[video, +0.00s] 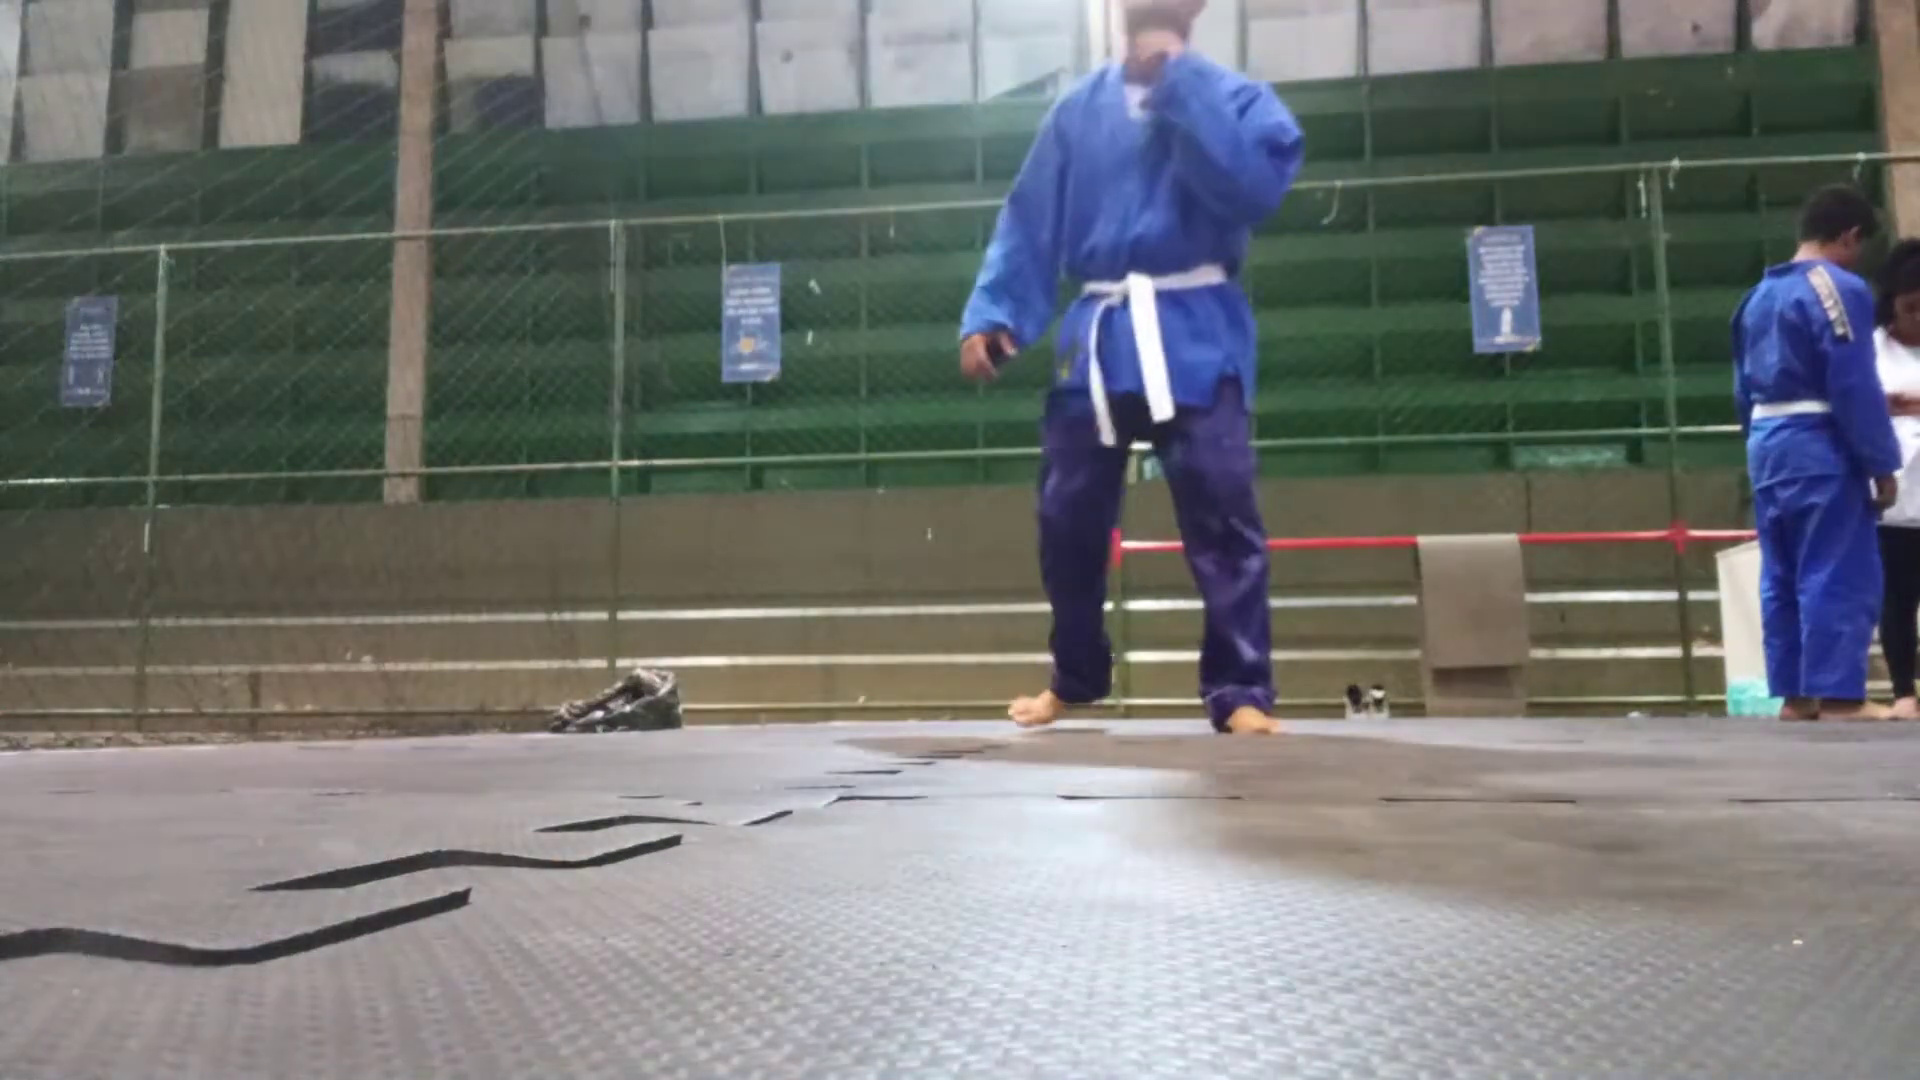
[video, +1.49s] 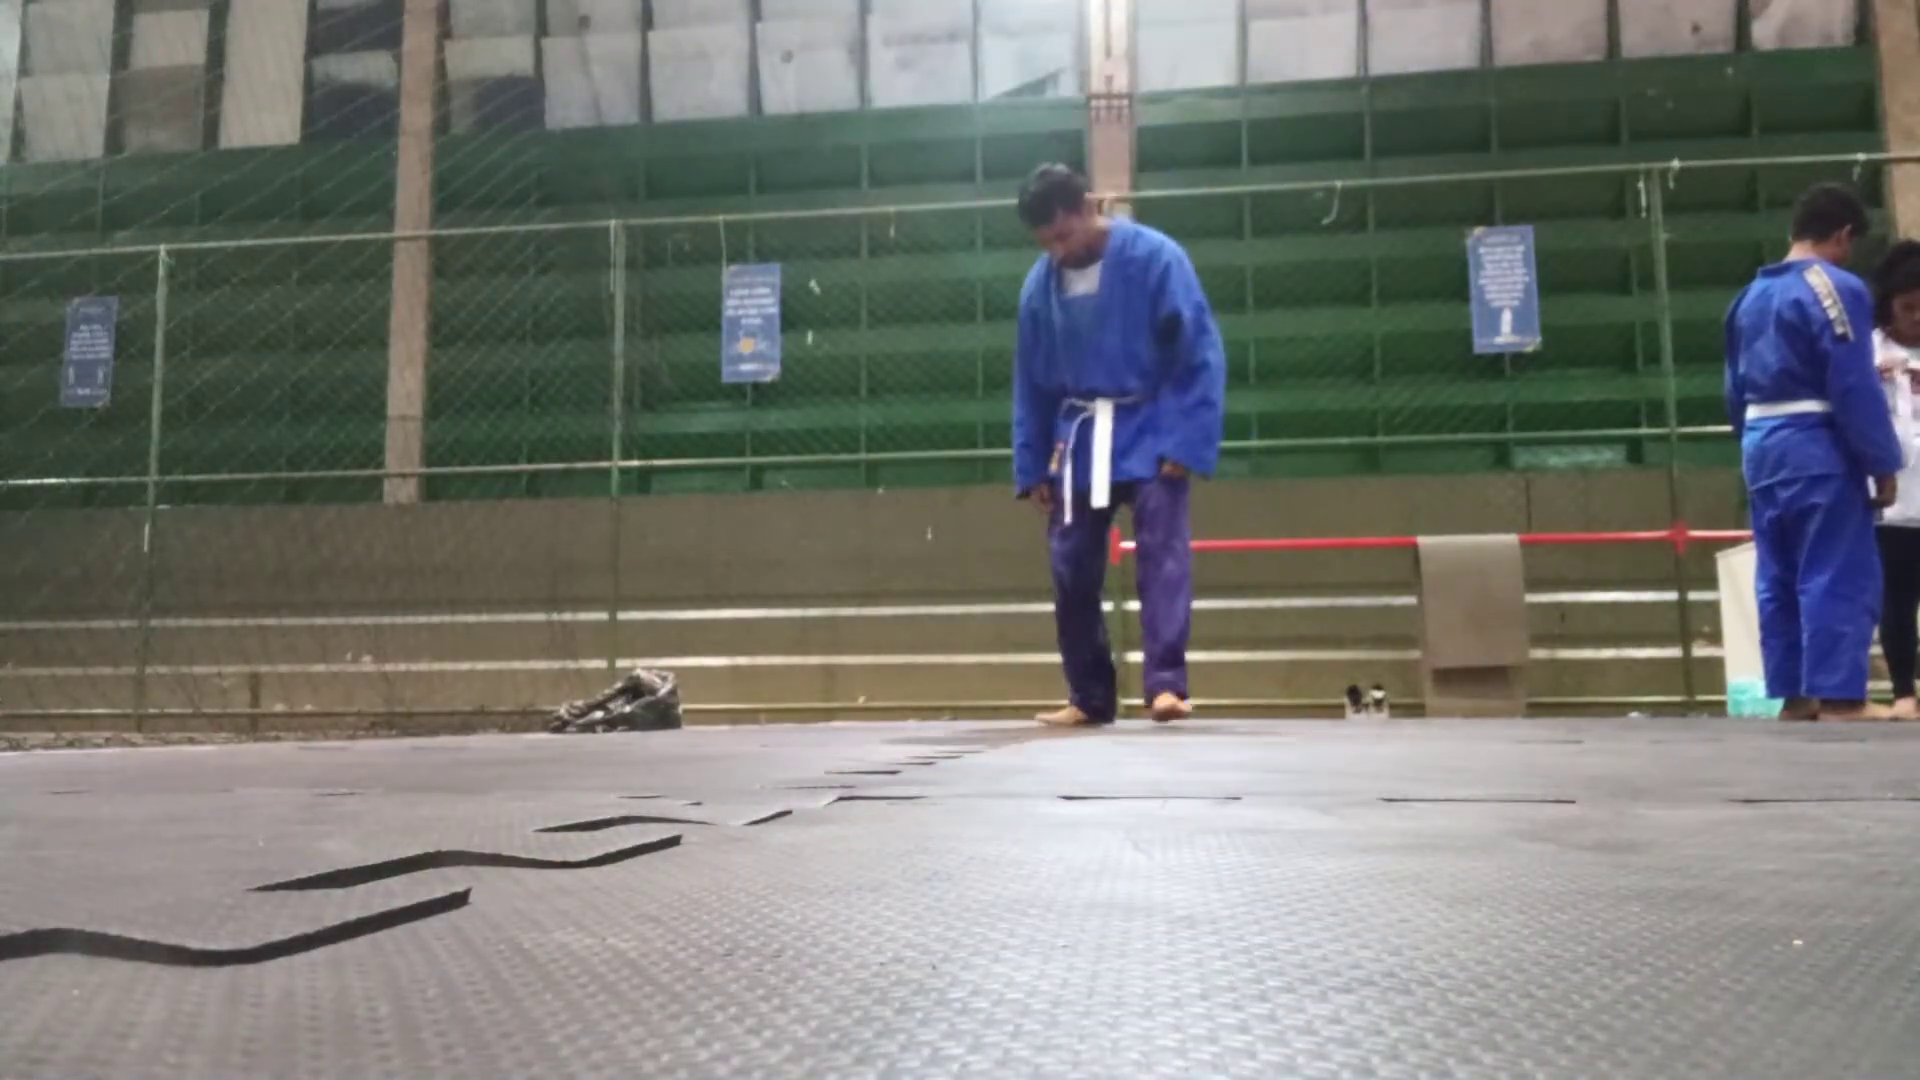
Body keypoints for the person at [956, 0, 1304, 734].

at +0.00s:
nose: (1146, 25)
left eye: (1162, 17)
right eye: (1136, 15)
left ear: (1192, 18)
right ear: (1117, 18)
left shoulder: (1233, 95)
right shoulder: (1079, 108)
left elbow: (1258, 187)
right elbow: (1027, 220)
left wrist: (1180, 80)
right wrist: (989, 310)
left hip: (1196, 312)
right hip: (1095, 319)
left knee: (1221, 497)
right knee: (1066, 506)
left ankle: (1241, 697)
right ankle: (1075, 680)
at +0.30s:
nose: (1037, 110)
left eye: (1051, 92)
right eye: (1024, 96)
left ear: (1082, 87)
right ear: (1010, 101)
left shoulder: (1148, 156)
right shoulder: (1009, 195)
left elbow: (1205, 259)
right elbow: (986, 304)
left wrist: (1102, 257)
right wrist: (979, 393)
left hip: (1168, 350)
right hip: (1079, 361)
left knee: (1188, 507)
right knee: (1055, 532)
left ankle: (1213, 678)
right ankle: (1080, 700)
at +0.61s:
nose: (1025, 172)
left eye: (1030, 157)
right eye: (1019, 160)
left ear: (1069, 133)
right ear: (1024, 149)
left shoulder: (1164, 181)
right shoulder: (1032, 209)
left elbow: (1213, 300)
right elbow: (1018, 318)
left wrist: (1199, 404)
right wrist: (1024, 419)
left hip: (1165, 364)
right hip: (1078, 370)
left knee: (1182, 526)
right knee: (1066, 531)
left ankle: (1184, 698)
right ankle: (1072, 699)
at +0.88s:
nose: (1056, 207)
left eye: (1058, 194)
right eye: (1051, 197)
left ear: (1092, 170)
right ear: (1088, 172)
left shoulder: (1193, 214)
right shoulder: (1073, 225)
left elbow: (1238, 333)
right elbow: (1067, 325)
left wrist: (1215, 443)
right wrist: (1060, 399)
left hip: (1182, 386)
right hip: (1100, 387)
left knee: (1186, 547)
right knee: (1075, 537)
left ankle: (1185, 697)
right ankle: (1076, 683)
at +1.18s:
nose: (1074, 227)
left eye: (1080, 213)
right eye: (1065, 218)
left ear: (1112, 184)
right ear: (1057, 207)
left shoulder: (1190, 239)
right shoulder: (1069, 256)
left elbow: (1230, 351)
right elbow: (1061, 361)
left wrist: (1209, 449)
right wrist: (1050, 446)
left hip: (1176, 403)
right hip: (1097, 407)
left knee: (1180, 537)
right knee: (1080, 546)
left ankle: (1186, 695)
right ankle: (1088, 691)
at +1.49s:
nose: (1057, 251)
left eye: (1062, 236)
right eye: (1046, 242)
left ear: (1089, 211)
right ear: (1037, 234)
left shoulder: (1155, 258)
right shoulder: (1041, 286)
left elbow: (1201, 354)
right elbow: (1031, 384)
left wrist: (1186, 442)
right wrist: (1031, 467)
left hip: (1153, 414)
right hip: (1078, 422)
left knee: (1160, 539)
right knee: (1070, 560)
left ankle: (1166, 688)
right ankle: (1090, 700)